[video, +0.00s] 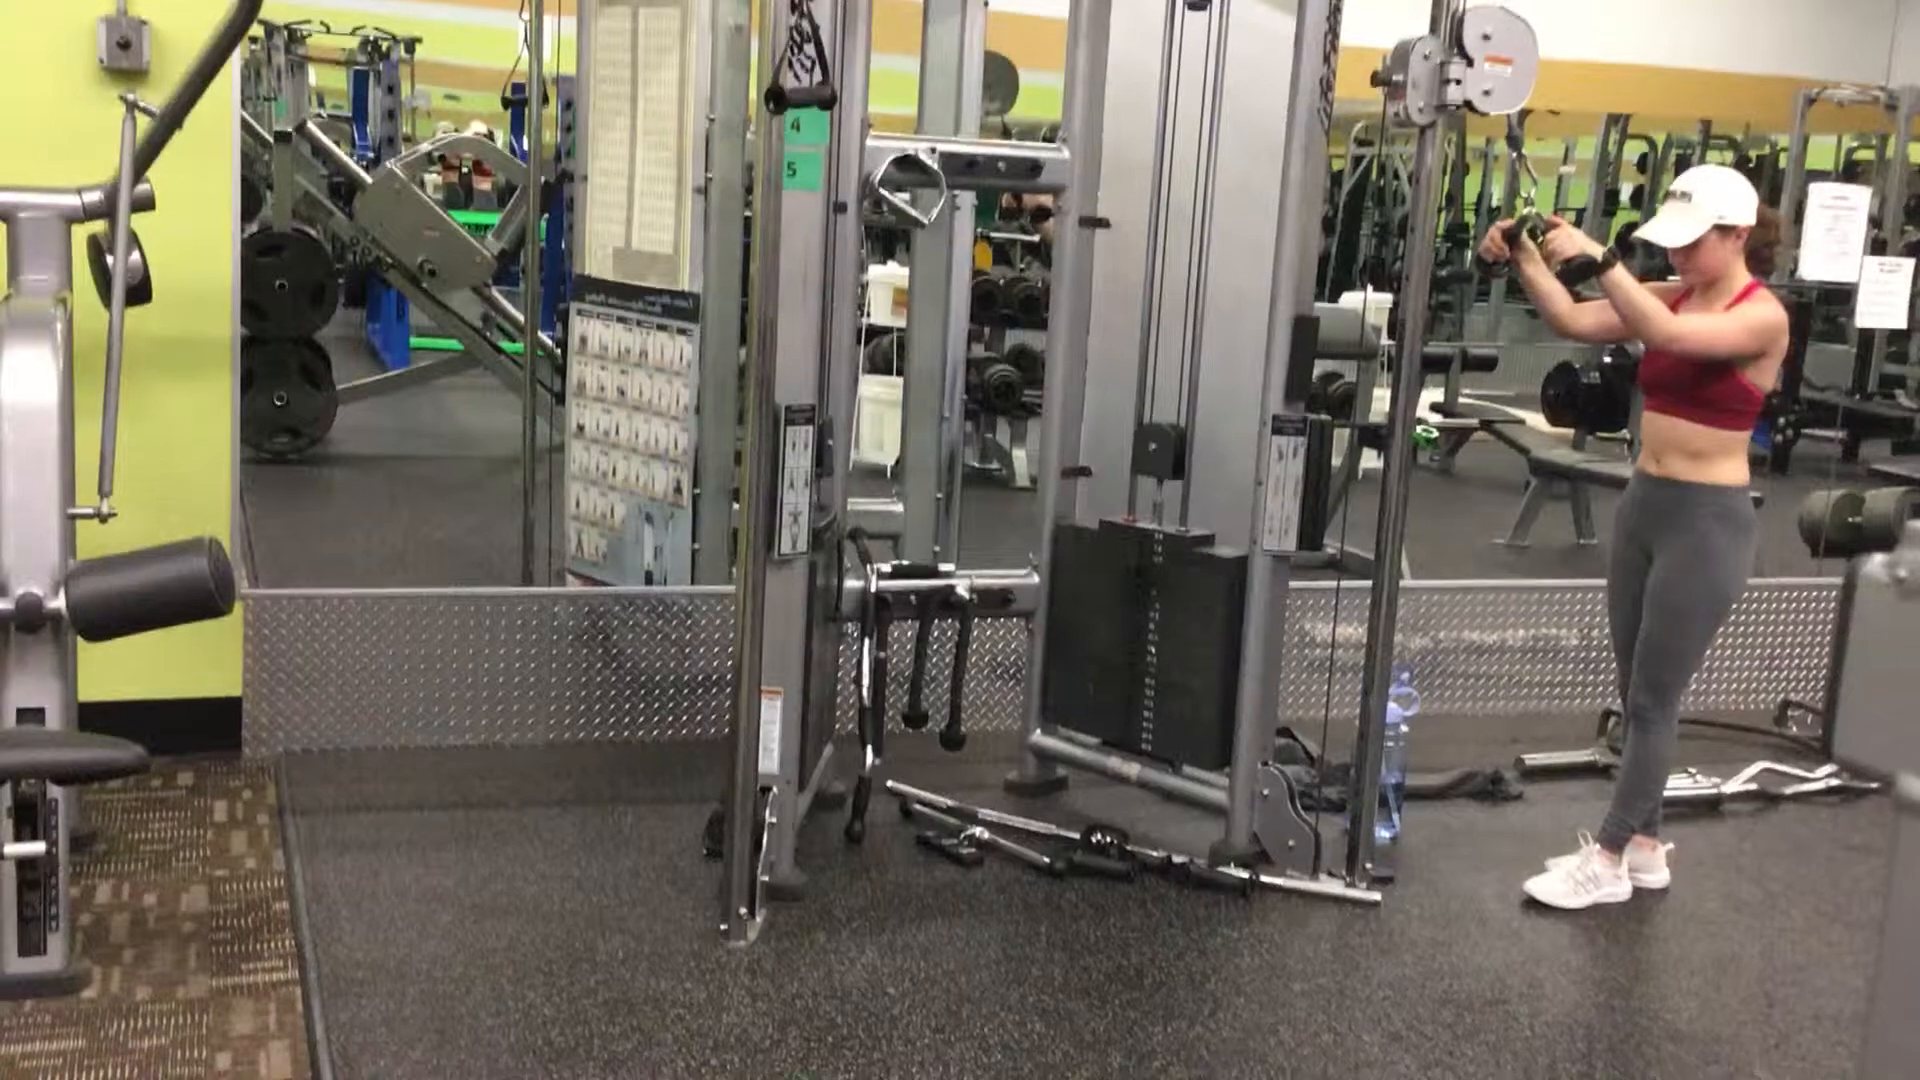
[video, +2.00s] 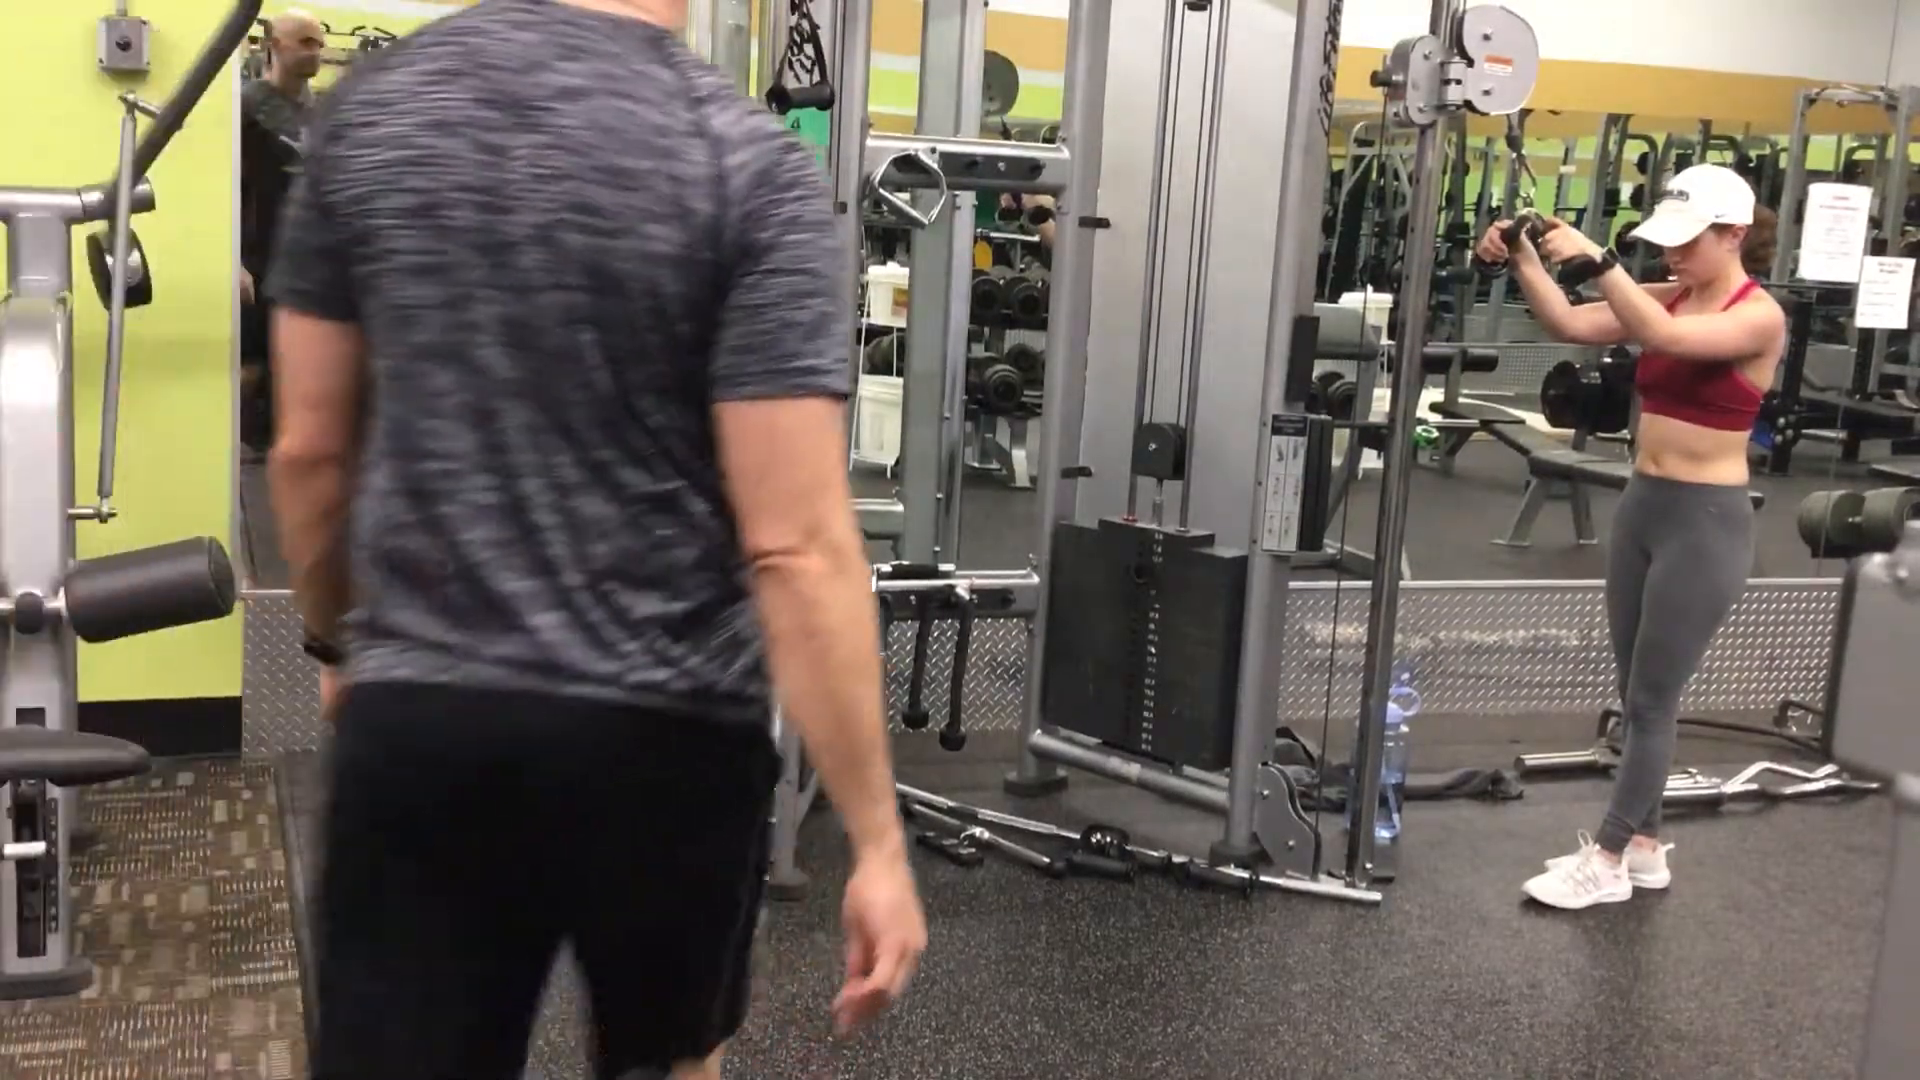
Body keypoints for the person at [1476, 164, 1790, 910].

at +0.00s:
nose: (1677, 254)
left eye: (1690, 240)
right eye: (1672, 241)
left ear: (1738, 236)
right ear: (1674, 240)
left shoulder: (1765, 316)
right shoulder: (1671, 298)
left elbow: (1668, 333)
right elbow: (1576, 319)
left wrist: (1598, 258)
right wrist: (1522, 258)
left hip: (1709, 521)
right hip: (1641, 507)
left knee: (1652, 698)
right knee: (1638, 691)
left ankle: (1607, 858)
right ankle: (1645, 844)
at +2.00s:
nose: (1670, 255)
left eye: (1684, 241)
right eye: (1666, 242)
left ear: (1733, 236)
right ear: (1670, 241)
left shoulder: (1762, 316)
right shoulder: (1669, 299)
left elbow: (1664, 334)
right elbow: (1570, 323)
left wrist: (1596, 261)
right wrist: (1521, 258)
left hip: (1707, 523)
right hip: (1640, 509)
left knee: (1651, 699)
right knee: (1638, 692)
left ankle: (1607, 860)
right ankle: (1645, 845)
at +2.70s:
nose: (1673, 254)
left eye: (1686, 241)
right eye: (1668, 242)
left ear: (1735, 236)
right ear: (1669, 241)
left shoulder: (1763, 317)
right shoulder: (1668, 299)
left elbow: (1665, 334)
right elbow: (1571, 322)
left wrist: (1596, 259)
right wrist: (1520, 258)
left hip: (1708, 524)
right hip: (1640, 510)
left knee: (1651, 700)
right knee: (1640, 693)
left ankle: (1606, 858)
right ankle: (1644, 845)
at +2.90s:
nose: (1673, 254)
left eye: (1686, 240)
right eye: (1668, 242)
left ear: (1735, 236)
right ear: (1670, 240)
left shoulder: (1762, 316)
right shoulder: (1667, 298)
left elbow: (1664, 334)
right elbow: (1572, 322)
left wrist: (1595, 259)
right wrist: (1520, 258)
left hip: (1709, 523)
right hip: (1640, 509)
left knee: (1652, 699)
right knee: (1639, 691)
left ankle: (1606, 859)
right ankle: (1645, 844)